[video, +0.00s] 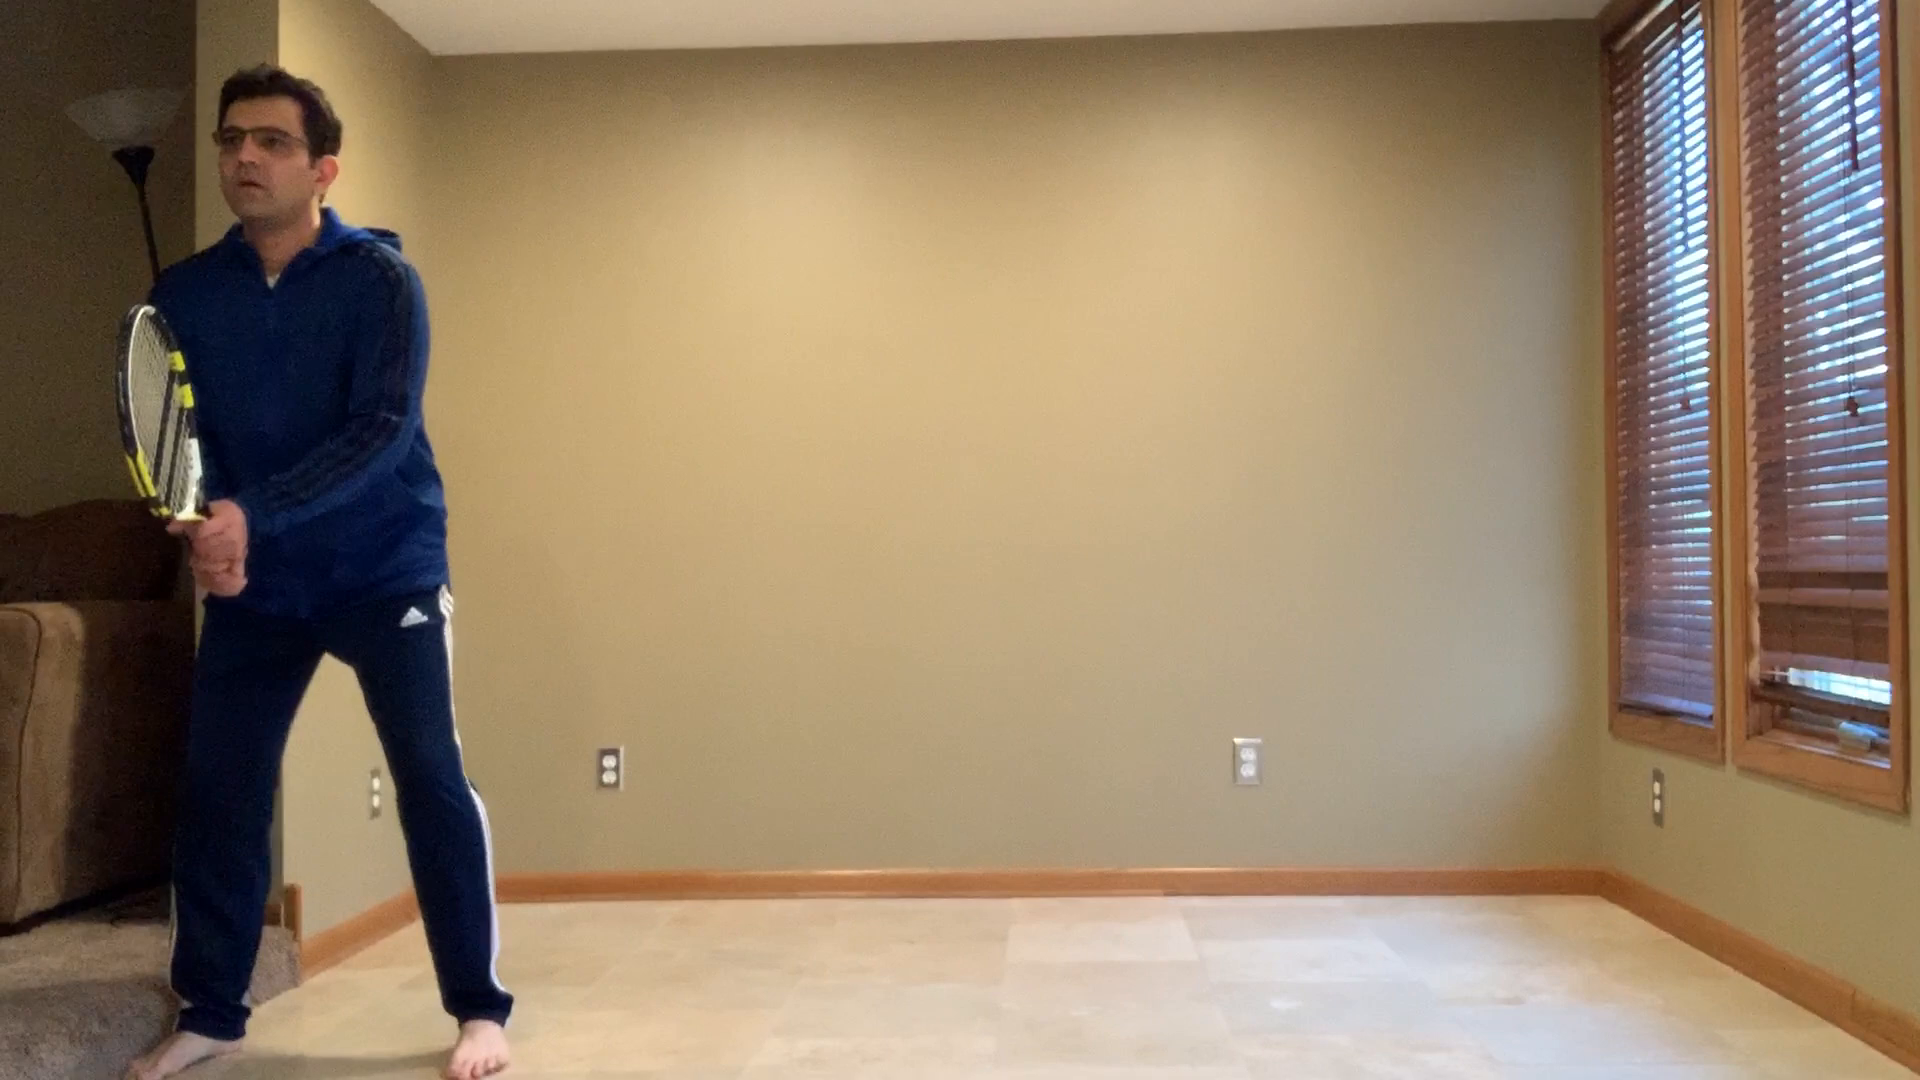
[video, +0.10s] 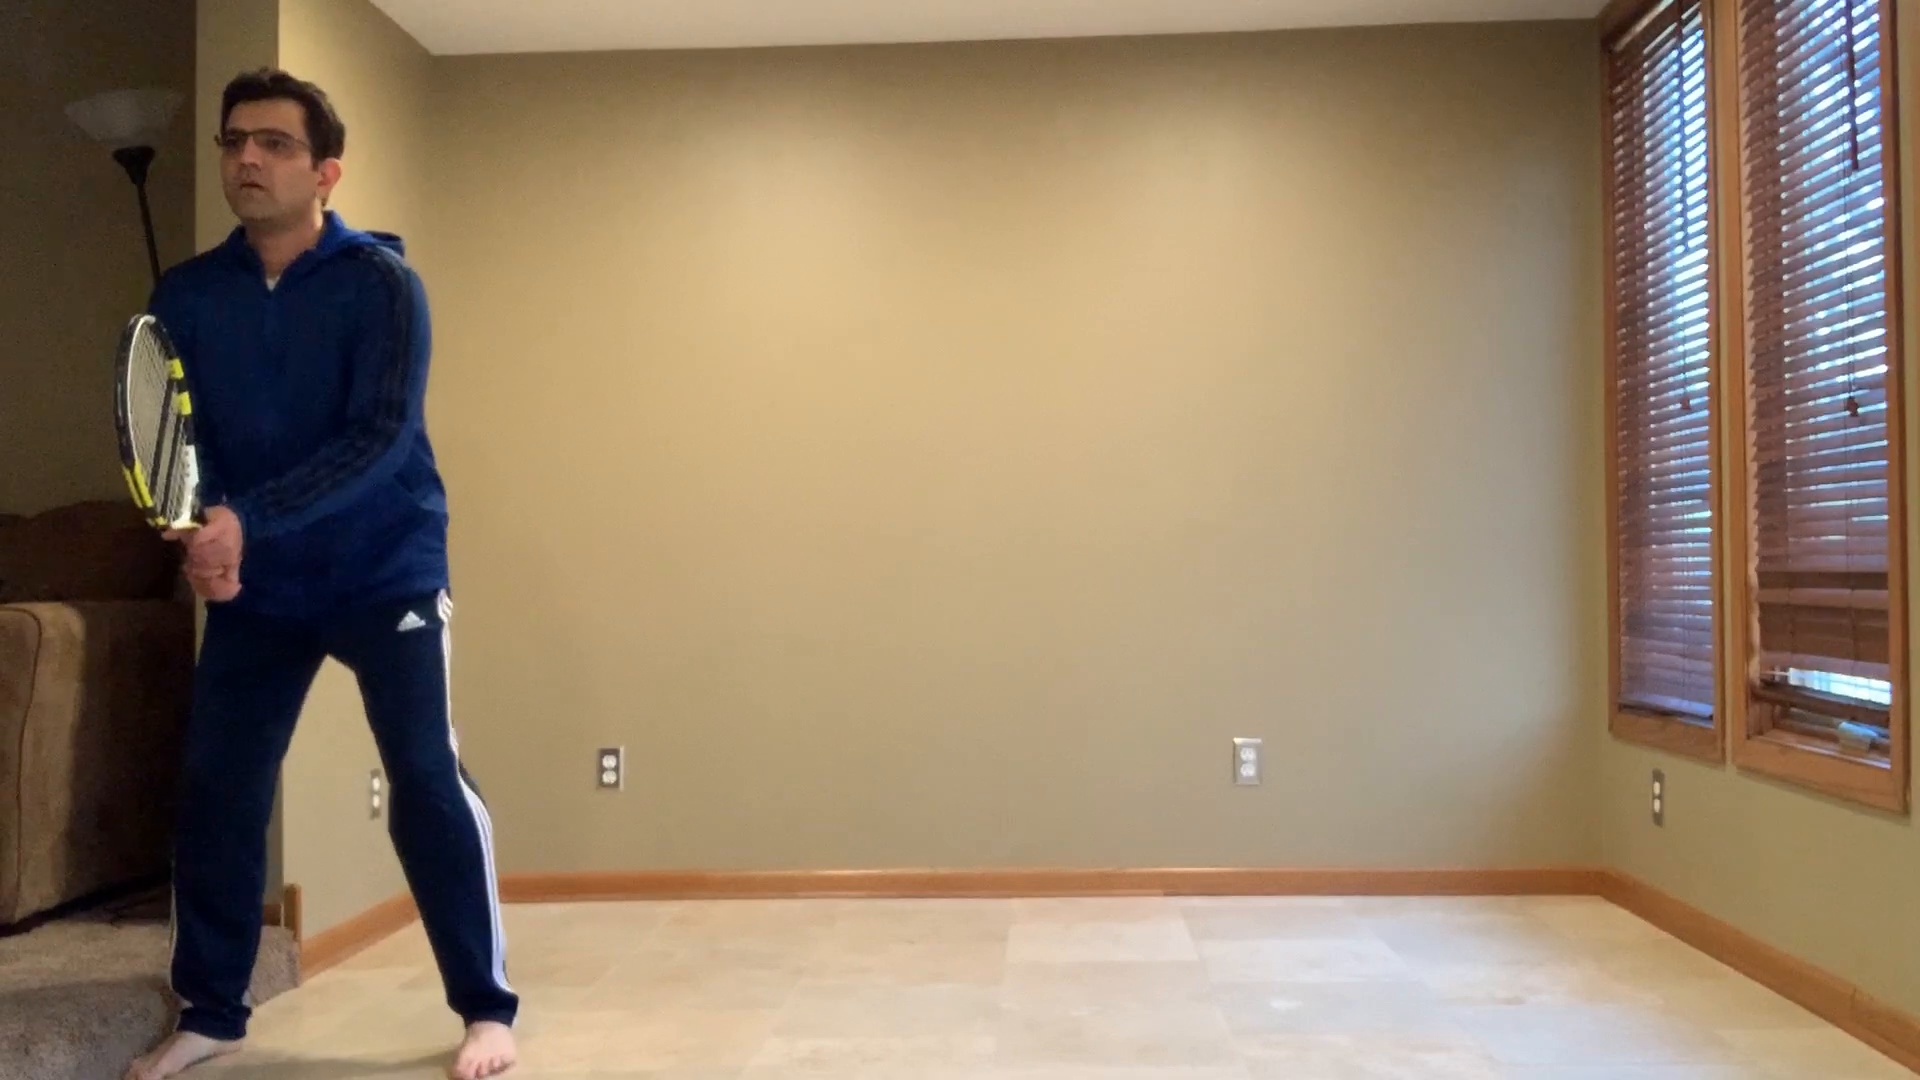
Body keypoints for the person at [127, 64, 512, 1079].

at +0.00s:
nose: (246, 158)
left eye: (273, 141)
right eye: (232, 140)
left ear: (324, 163)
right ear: (217, 159)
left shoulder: (378, 274)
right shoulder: (183, 292)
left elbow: (383, 429)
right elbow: (163, 438)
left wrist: (251, 517)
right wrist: (204, 524)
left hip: (386, 567)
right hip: (256, 578)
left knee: (430, 775)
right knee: (219, 788)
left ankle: (480, 1014)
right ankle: (210, 1017)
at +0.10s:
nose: (247, 160)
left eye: (275, 143)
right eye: (234, 141)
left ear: (326, 166)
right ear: (219, 160)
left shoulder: (380, 278)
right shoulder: (185, 293)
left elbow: (381, 435)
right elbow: (165, 441)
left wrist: (248, 522)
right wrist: (197, 532)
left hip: (387, 570)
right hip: (257, 582)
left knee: (426, 779)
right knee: (218, 787)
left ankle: (486, 1013)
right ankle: (210, 1016)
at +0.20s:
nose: (256, 163)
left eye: (283, 146)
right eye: (243, 145)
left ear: (335, 170)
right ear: (227, 165)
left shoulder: (384, 283)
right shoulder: (190, 302)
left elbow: (385, 441)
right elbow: (167, 447)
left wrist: (247, 523)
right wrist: (197, 534)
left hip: (391, 586)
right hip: (258, 593)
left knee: (432, 795)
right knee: (212, 800)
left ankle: (487, 1019)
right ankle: (211, 1018)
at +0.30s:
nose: (257, 136)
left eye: (283, 119)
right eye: (243, 118)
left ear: (335, 143)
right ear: (227, 138)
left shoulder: (390, 254)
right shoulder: (187, 276)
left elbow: (391, 406)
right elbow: (169, 417)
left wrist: (255, 492)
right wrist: (207, 494)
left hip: (392, 572)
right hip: (258, 581)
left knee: (437, 787)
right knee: (219, 795)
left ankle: (490, 1014)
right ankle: (207, 1012)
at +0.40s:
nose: (255, 115)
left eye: (281, 98)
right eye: (240, 97)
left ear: (331, 120)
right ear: (221, 115)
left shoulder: (383, 228)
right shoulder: (186, 250)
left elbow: (398, 379)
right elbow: (168, 392)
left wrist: (269, 472)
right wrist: (211, 473)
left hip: (394, 545)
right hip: (258, 557)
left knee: (455, 762)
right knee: (218, 771)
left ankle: (510, 994)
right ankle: (198, 997)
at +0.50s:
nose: (259, 145)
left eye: (285, 129)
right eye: (243, 127)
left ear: (335, 153)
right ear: (227, 146)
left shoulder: (385, 259)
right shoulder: (186, 280)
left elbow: (394, 408)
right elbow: (168, 419)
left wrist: (265, 496)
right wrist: (204, 500)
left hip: (394, 574)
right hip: (257, 586)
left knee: (464, 783)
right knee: (214, 794)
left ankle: (534, 1005)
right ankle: (205, 1015)